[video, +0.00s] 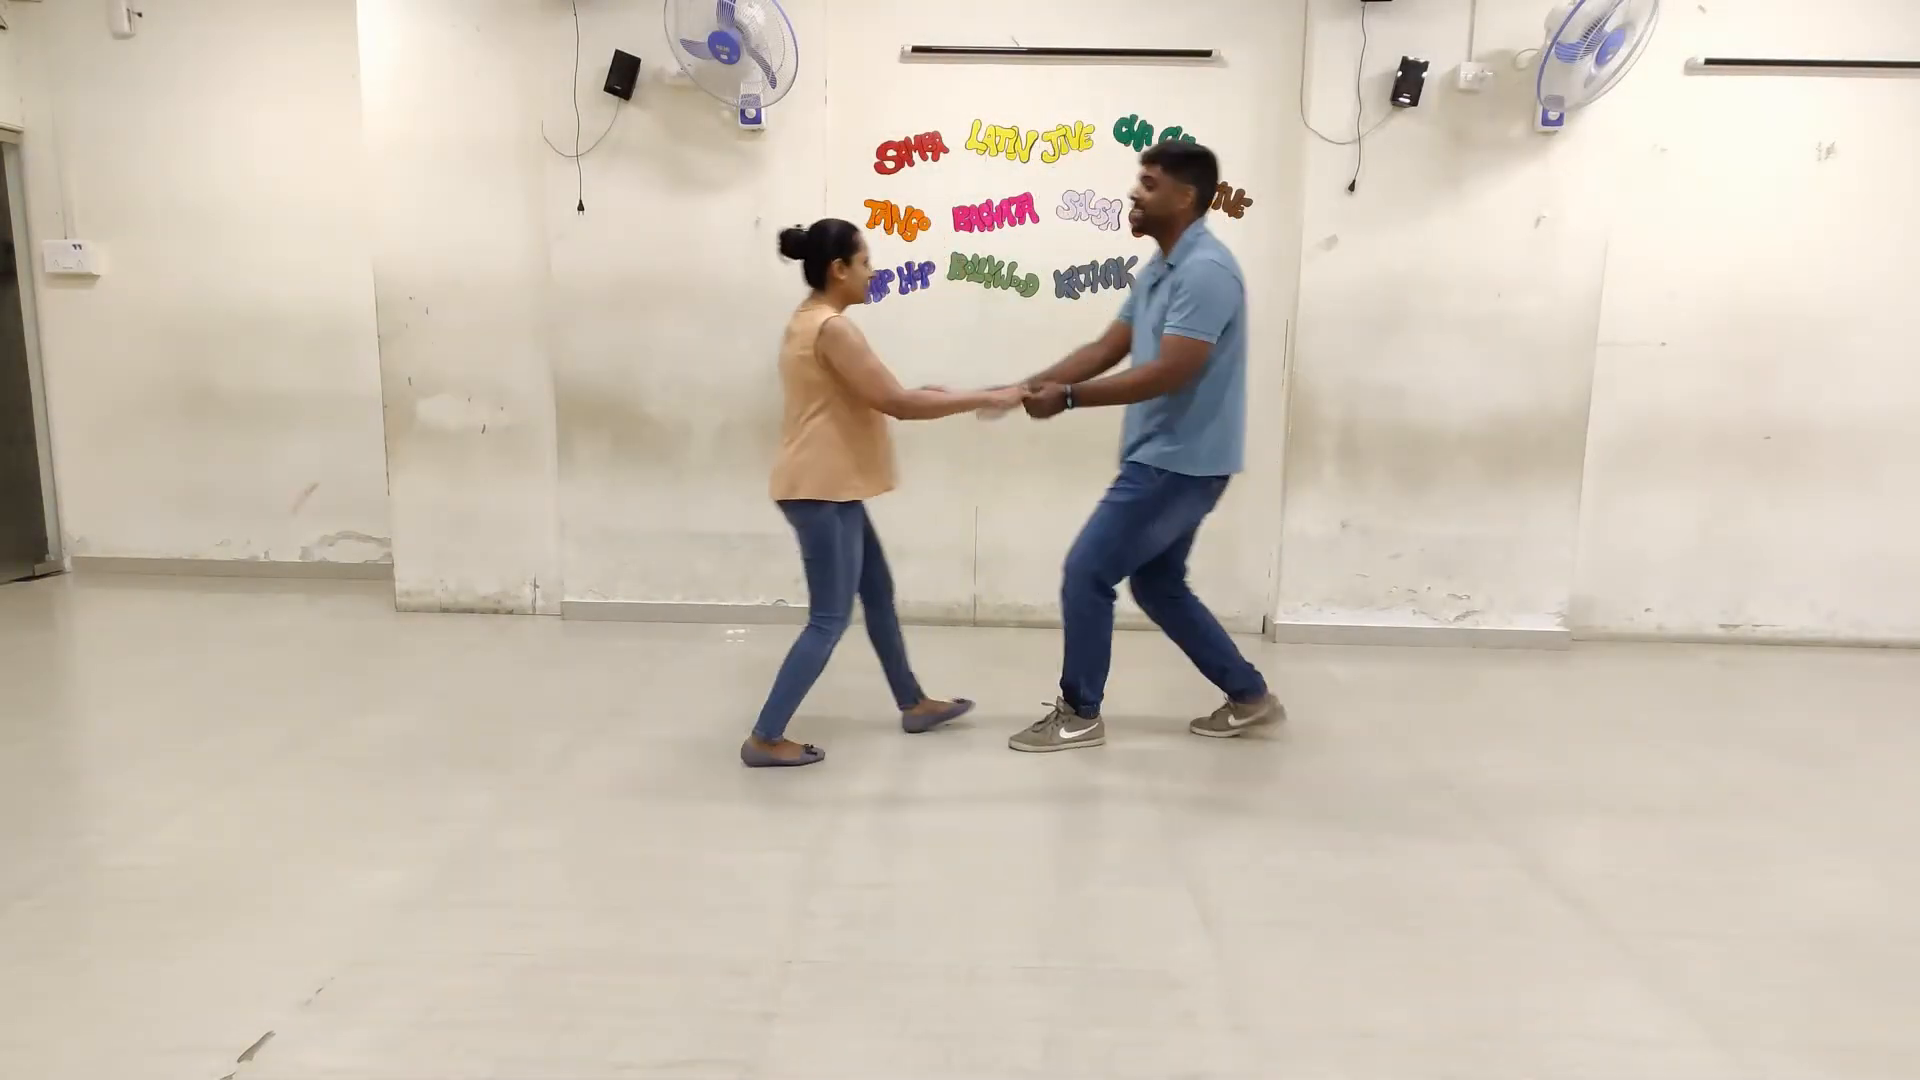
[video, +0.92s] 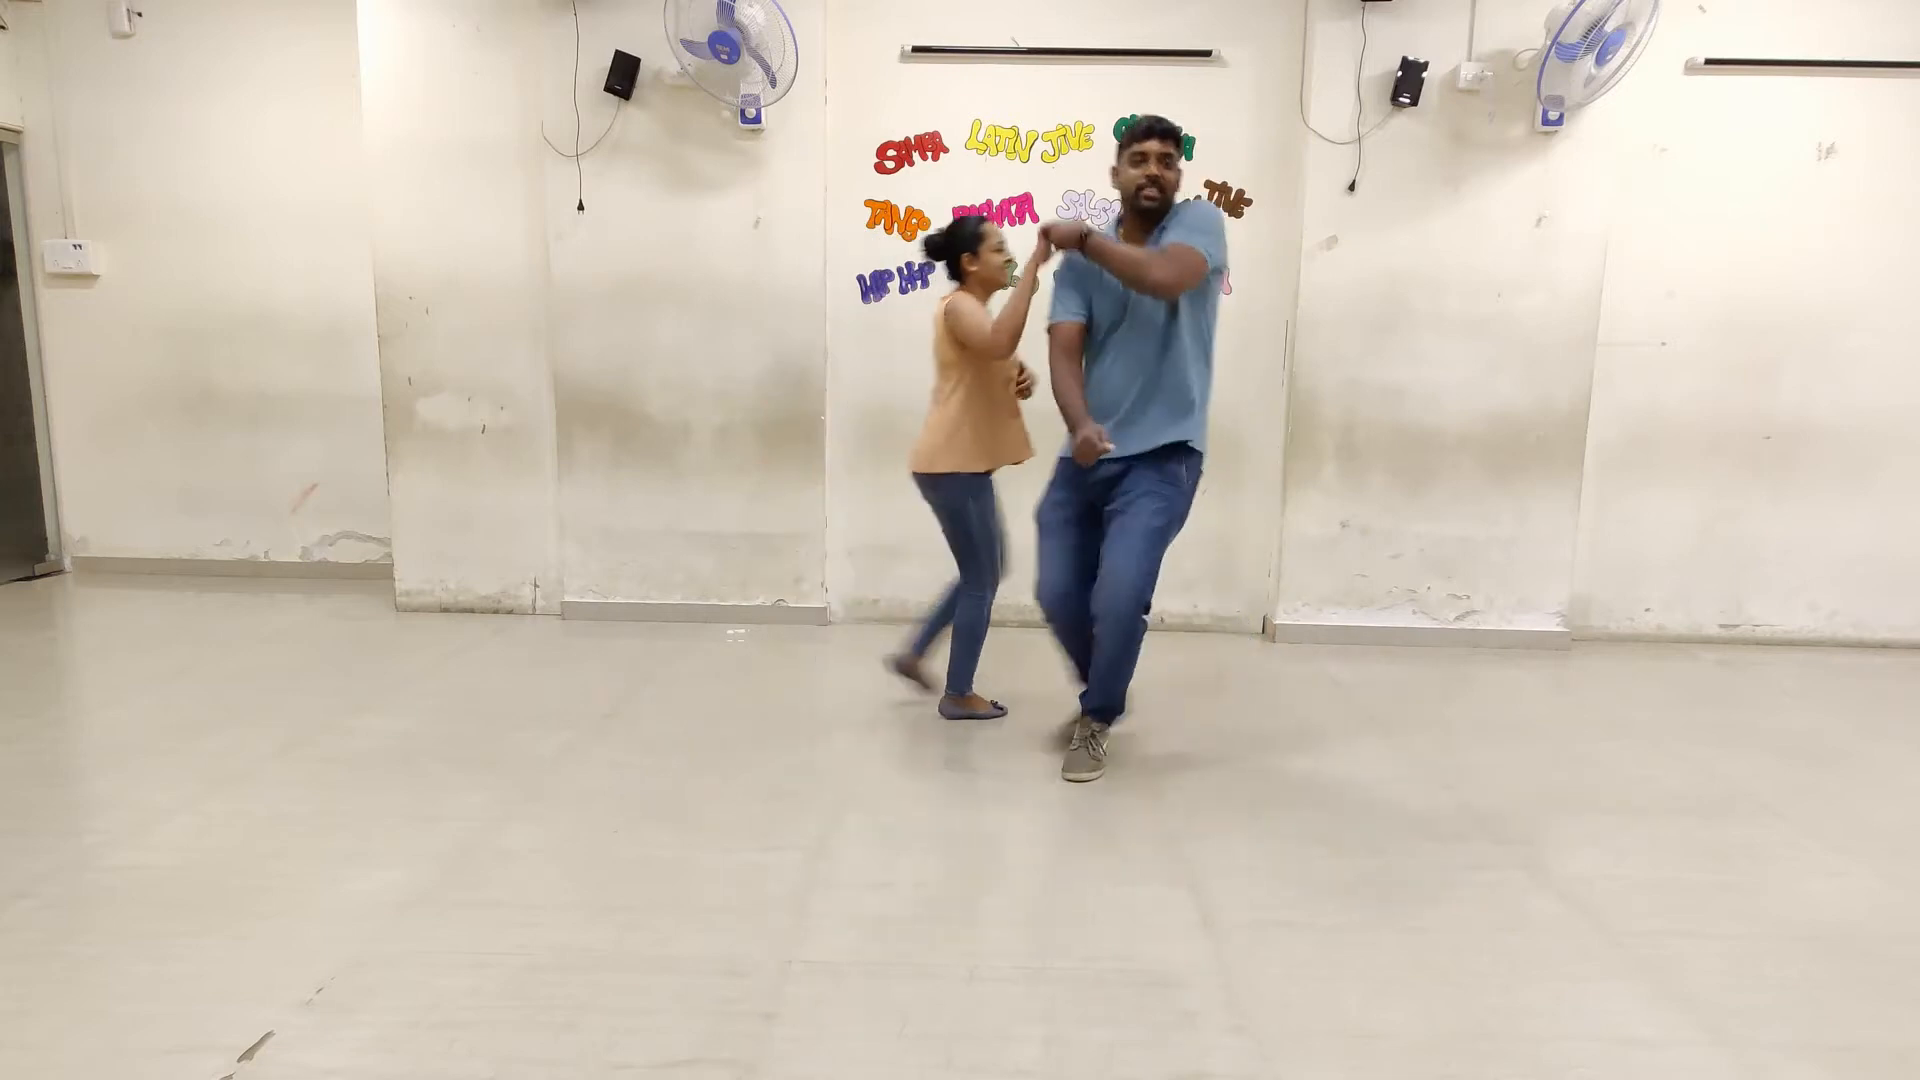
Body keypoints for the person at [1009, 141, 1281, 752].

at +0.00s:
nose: (1135, 192)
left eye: (1151, 184)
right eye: (1140, 180)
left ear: (1191, 200)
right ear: (1156, 190)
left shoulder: (1207, 269)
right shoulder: (1157, 268)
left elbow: (1176, 371)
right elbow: (1108, 349)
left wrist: (1071, 394)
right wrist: (1030, 387)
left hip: (1183, 460)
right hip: (1166, 456)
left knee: (1087, 570)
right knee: (1157, 587)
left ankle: (1079, 712)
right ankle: (1251, 697)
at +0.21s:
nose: (1178, 176)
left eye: (1192, 168)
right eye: (1182, 165)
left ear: (1229, 180)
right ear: (1225, 182)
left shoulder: (1232, 240)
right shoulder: (1242, 240)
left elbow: (1160, 334)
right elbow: (1202, 348)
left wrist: (1063, 323)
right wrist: (1130, 392)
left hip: (1232, 438)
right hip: (1262, 438)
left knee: (1149, 560)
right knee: (1209, 571)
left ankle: (1157, 721)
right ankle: (1259, 708)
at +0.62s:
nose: (1174, 196)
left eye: (1189, 188)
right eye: (1176, 186)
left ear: (1231, 202)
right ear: (1183, 197)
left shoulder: (1246, 262)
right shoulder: (1185, 275)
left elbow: (1199, 357)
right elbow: (1161, 356)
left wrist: (1112, 334)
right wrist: (1115, 411)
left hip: (1240, 460)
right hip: (1199, 459)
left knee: (1146, 582)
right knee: (1196, 595)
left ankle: (1102, 720)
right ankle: (1282, 703)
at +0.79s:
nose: (1169, 190)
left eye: (1185, 181)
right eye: (1160, 179)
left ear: (1207, 194)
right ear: (1146, 190)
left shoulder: (1225, 249)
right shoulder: (1121, 273)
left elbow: (1184, 327)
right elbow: (1099, 363)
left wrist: (1100, 287)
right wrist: (1080, 426)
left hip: (1190, 463)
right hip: (1131, 462)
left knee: (1112, 602)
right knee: (1120, 601)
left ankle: (1093, 724)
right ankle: (1233, 661)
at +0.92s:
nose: (1153, 170)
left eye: (1166, 161)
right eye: (1140, 160)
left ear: (1180, 173)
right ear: (1116, 171)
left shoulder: (1201, 221)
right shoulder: (1085, 251)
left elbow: (1166, 276)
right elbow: (1065, 350)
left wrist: (1084, 241)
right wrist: (1079, 423)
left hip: (1164, 447)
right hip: (1089, 447)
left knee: (1119, 598)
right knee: (1057, 595)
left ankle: (1095, 718)